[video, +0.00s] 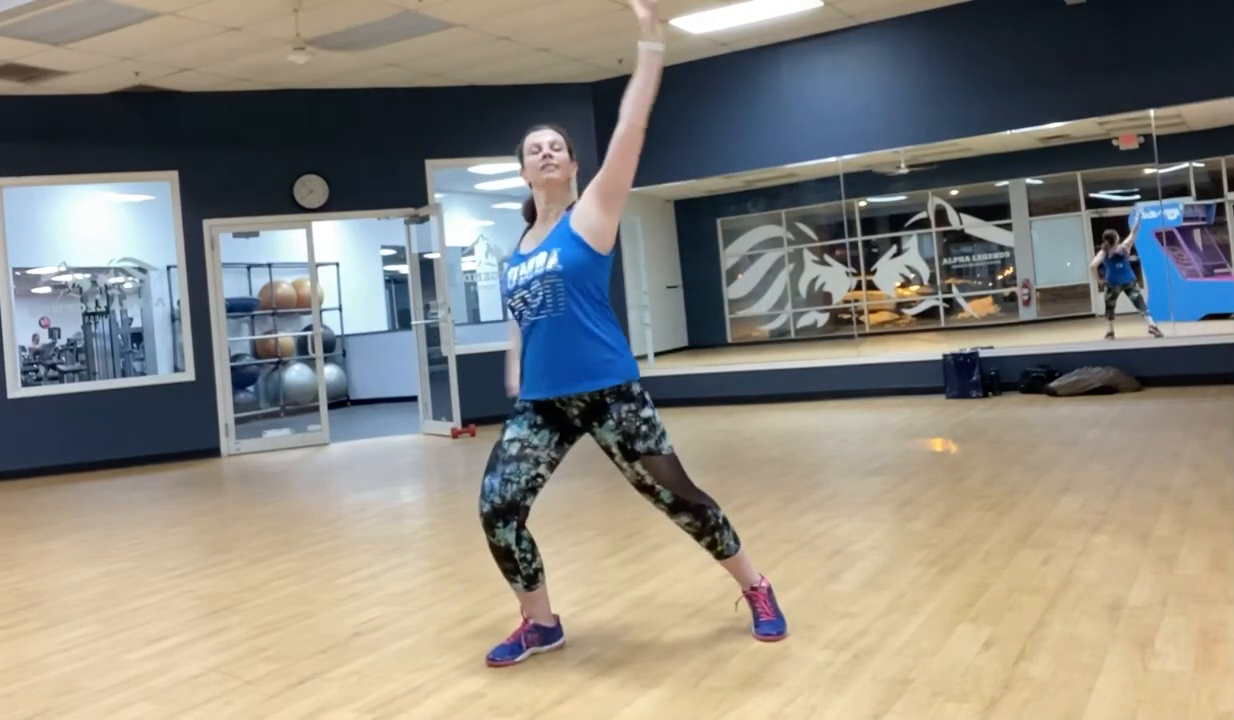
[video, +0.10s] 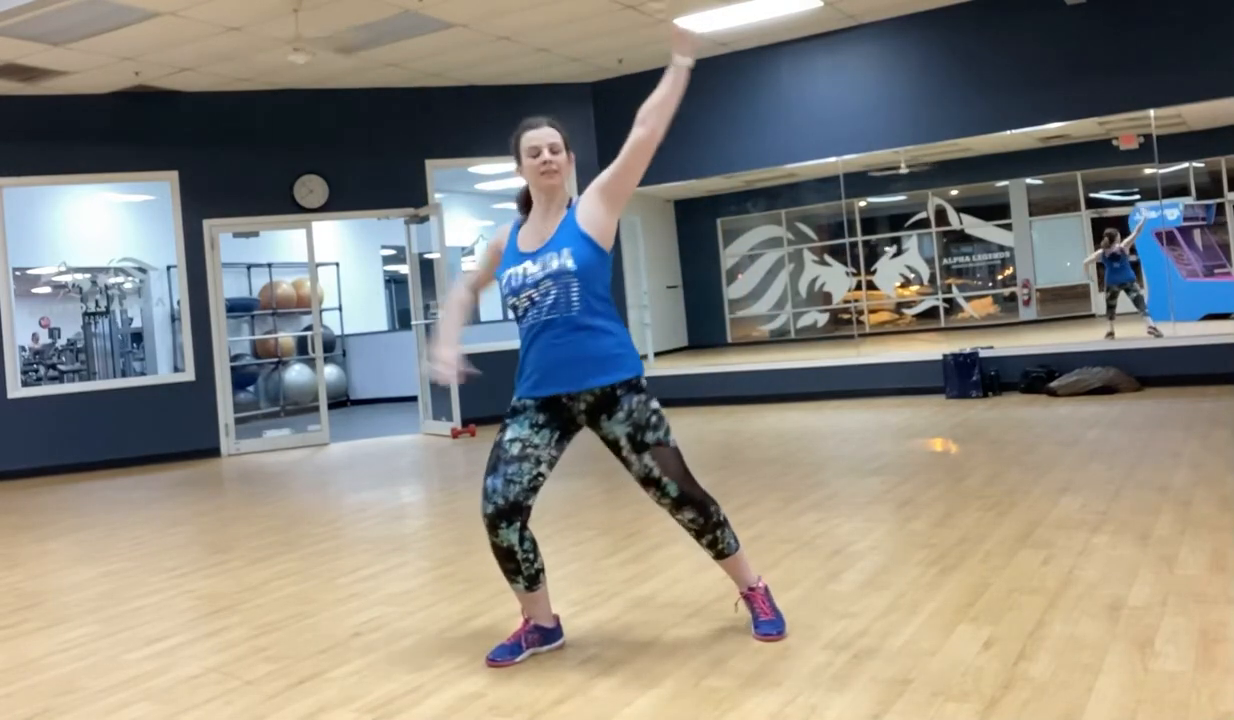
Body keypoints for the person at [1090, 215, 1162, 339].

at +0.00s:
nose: (1118, 239)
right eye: (1117, 237)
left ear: (1105, 241)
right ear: (1117, 239)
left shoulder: (1104, 252)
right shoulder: (1124, 247)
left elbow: (1093, 265)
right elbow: (1133, 234)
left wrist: (1098, 280)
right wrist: (1138, 221)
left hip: (1113, 281)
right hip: (1128, 279)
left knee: (1110, 306)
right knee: (1139, 301)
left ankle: (1111, 330)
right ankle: (1151, 324)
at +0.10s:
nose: (1120, 239)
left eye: (1119, 237)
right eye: (1119, 237)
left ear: (1107, 239)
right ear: (1117, 239)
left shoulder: (1102, 252)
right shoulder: (1123, 246)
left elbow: (1086, 262)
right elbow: (1136, 233)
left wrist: (1087, 274)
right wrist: (1143, 221)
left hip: (1112, 281)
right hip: (1128, 279)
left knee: (1111, 306)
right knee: (1139, 301)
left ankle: (1111, 330)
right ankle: (1150, 325)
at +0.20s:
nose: (1121, 236)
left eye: (1120, 234)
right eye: (1119, 235)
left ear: (1107, 237)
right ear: (1117, 236)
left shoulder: (1102, 249)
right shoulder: (1122, 245)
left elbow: (1085, 257)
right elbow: (1136, 233)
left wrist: (1084, 267)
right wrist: (1145, 220)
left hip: (1111, 279)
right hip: (1127, 277)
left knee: (1111, 305)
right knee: (1139, 299)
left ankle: (1111, 330)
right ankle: (1149, 325)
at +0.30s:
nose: (1125, 235)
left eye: (1125, 233)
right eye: (1124, 233)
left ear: (1112, 234)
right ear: (1120, 233)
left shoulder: (1106, 245)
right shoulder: (1123, 241)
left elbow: (1093, 248)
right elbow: (1137, 233)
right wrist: (1148, 226)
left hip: (1113, 278)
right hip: (1126, 276)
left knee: (1113, 304)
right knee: (1141, 299)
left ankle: (1110, 329)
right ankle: (1138, 326)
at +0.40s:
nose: (1127, 235)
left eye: (1127, 233)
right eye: (1126, 233)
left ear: (1113, 234)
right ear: (1122, 234)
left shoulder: (1109, 244)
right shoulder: (1124, 240)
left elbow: (1095, 244)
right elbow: (1138, 234)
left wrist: (1080, 242)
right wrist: (1154, 231)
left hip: (1115, 277)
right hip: (1128, 275)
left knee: (1115, 301)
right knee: (1140, 300)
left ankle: (1106, 327)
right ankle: (1136, 327)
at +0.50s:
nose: (1131, 237)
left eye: (1130, 236)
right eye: (1130, 236)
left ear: (1118, 236)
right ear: (1127, 235)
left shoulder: (1114, 245)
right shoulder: (1127, 242)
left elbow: (1101, 244)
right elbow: (1137, 239)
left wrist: (1089, 240)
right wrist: (1143, 242)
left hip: (1118, 277)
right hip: (1130, 277)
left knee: (1117, 301)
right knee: (1142, 302)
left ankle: (1101, 322)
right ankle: (1137, 328)